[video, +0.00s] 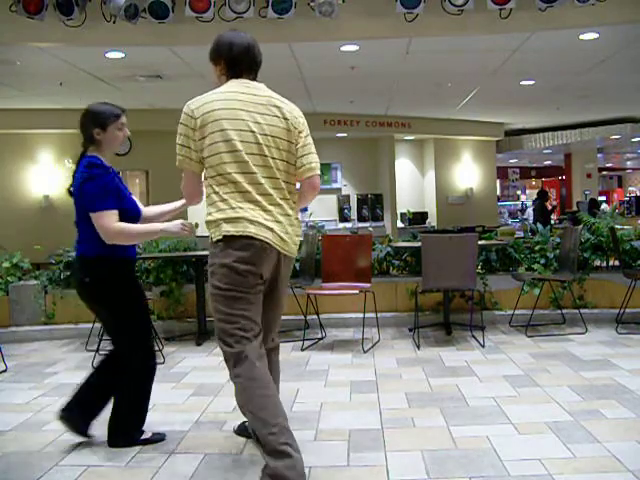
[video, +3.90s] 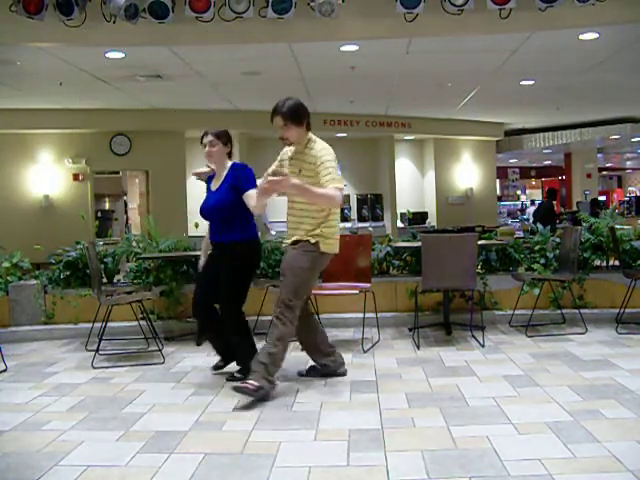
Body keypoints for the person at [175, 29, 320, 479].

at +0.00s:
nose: (210, 72)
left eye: (211, 66)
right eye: (211, 66)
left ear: (219, 66)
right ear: (257, 67)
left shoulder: (199, 108)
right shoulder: (289, 110)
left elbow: (192, 193)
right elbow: (311, 184)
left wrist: (209, 185)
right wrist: (284, 203)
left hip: (235, 237)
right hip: (283, 239)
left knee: (241, 348)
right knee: (266, 339)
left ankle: (286, 465)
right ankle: (260, 420)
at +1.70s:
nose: (211, 77)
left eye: (211, 72)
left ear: (213, 74)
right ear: (249, 71)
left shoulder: (206, 113)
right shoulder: (280, 113)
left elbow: (165, 183)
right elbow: (301, 181)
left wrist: (192, 204)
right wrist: (265, 170)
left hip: (226, 241)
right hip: (273, 246)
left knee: (215, 330)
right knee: (255, 331)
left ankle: (235, 422)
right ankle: (265, 422)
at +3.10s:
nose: (174, 130)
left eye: (173, 125)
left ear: (177, 124)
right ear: (202, 115)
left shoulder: (172, 153)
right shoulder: (233, 143)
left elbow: (155, 207)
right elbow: (264, 187)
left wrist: (141, 204)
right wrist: (270, 171)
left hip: (197, 246)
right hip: (238, 244)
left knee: (202, 315)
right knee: (260, 308)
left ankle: (200, 386)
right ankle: (304, 375)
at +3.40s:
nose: (203, 134)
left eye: (204, 128)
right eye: (201, 129)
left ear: (217, 123)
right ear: (229, 122)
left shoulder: (222, 153)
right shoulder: (260, 147)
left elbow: (204, 210)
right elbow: (279, 192)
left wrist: (168, 206)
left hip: (242, 252)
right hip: (275, 249)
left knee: (214, 311)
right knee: (274, 307)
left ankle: (204, 385)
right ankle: (321, 352)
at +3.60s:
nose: (238, 135)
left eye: (240, 129)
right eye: (236, 130)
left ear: (256, 124)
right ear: (260, 124)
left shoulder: (270, 153)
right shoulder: (282, 146)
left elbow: (258, 207)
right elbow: (264, 202)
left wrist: (212, 203)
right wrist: (219, 205)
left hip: (276, 248)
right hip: (296, 245)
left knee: (240, 308)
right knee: (288, 310)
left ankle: (215, 382)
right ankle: (329, 363)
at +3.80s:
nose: (269, 136)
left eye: (271, 130)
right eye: (267, 130)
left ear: (288, 126)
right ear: (285, 128)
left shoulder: (308, 155)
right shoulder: (290, 153)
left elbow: (311, 203)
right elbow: (278, 187)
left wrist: (267, 194)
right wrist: (257, 190)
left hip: (307, 242)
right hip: (295, 240)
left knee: (273, 305)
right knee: (292, 308)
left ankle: (241, 377)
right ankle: (328, 362)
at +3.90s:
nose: (208, 150)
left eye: (213, 145)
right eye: (205, 146)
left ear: (227, 148)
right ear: (204, 151)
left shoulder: (240, 172)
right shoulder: (212, 180)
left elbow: (257, 210)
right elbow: (214, 224)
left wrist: (263, 192)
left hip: (242, 247)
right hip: (219, 249)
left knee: (230, 306)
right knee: (201, 303)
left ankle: (248, 363)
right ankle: (227, 351)